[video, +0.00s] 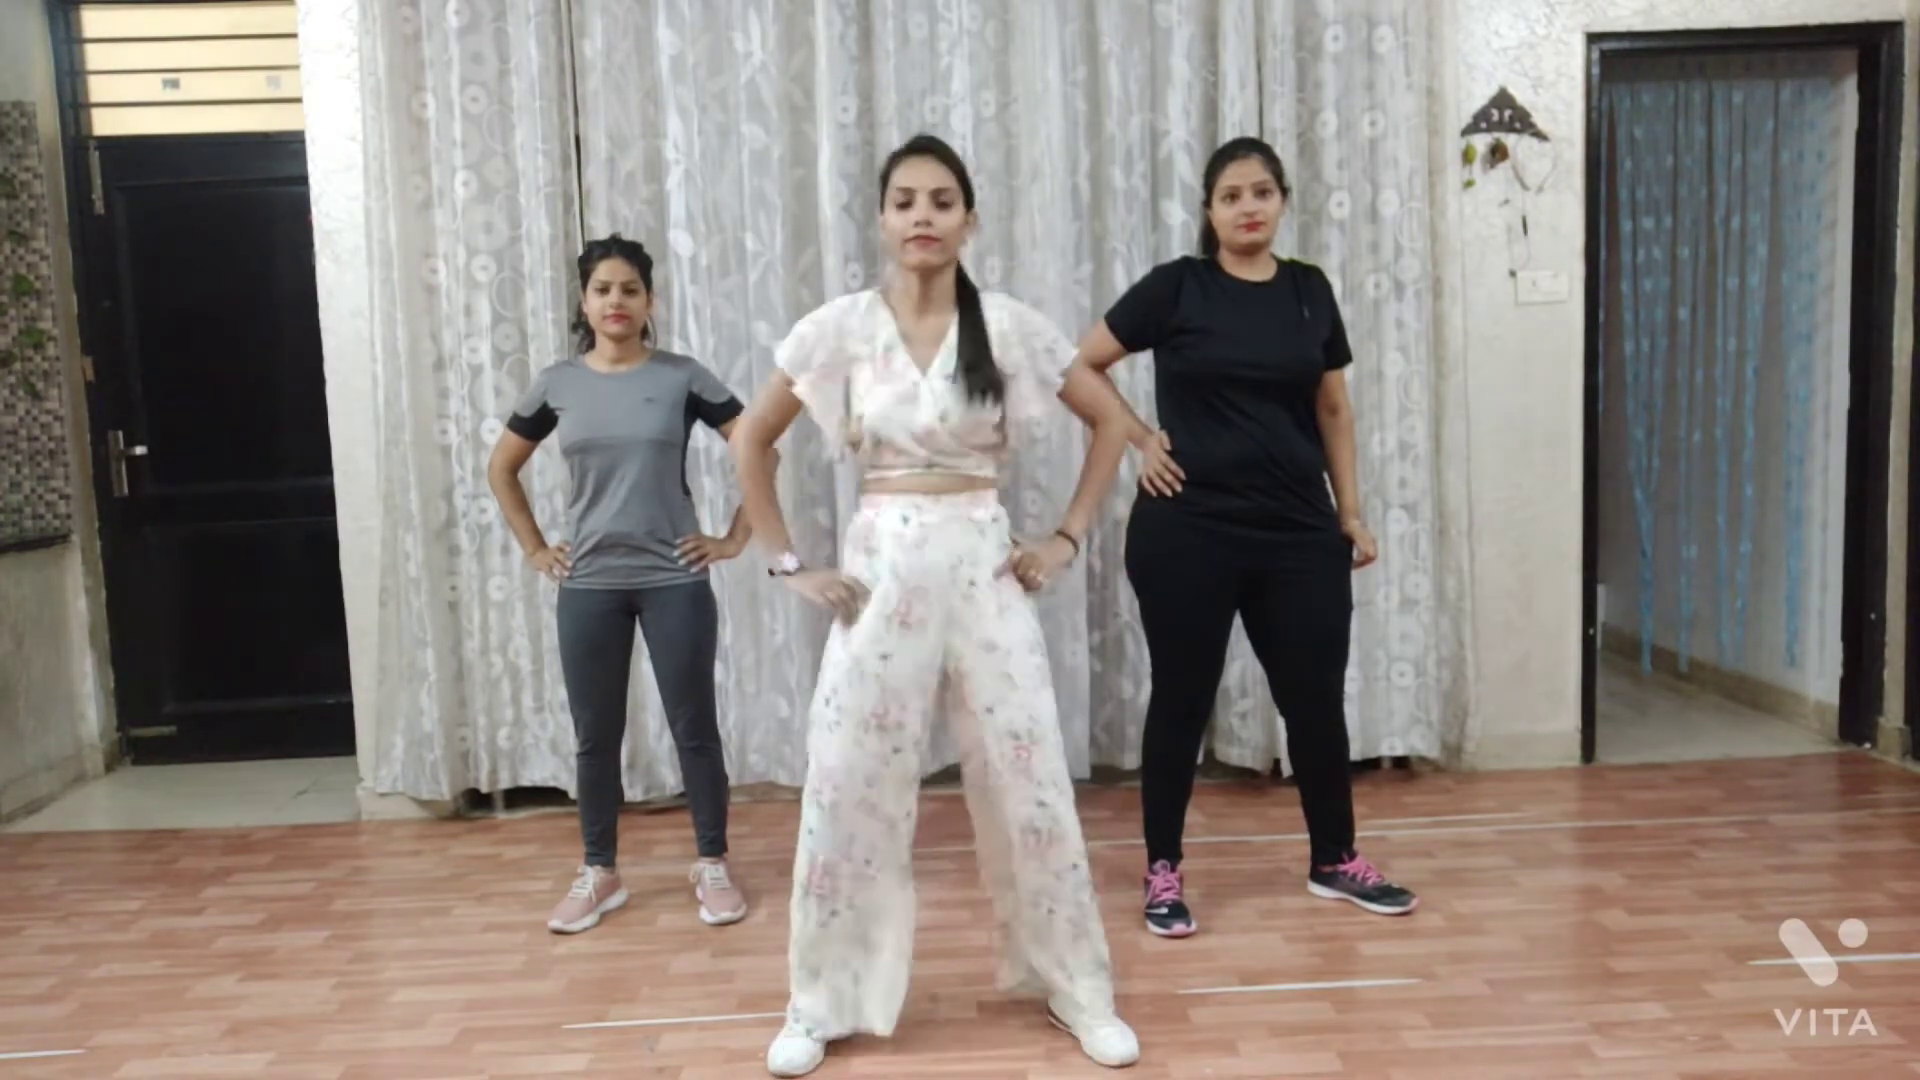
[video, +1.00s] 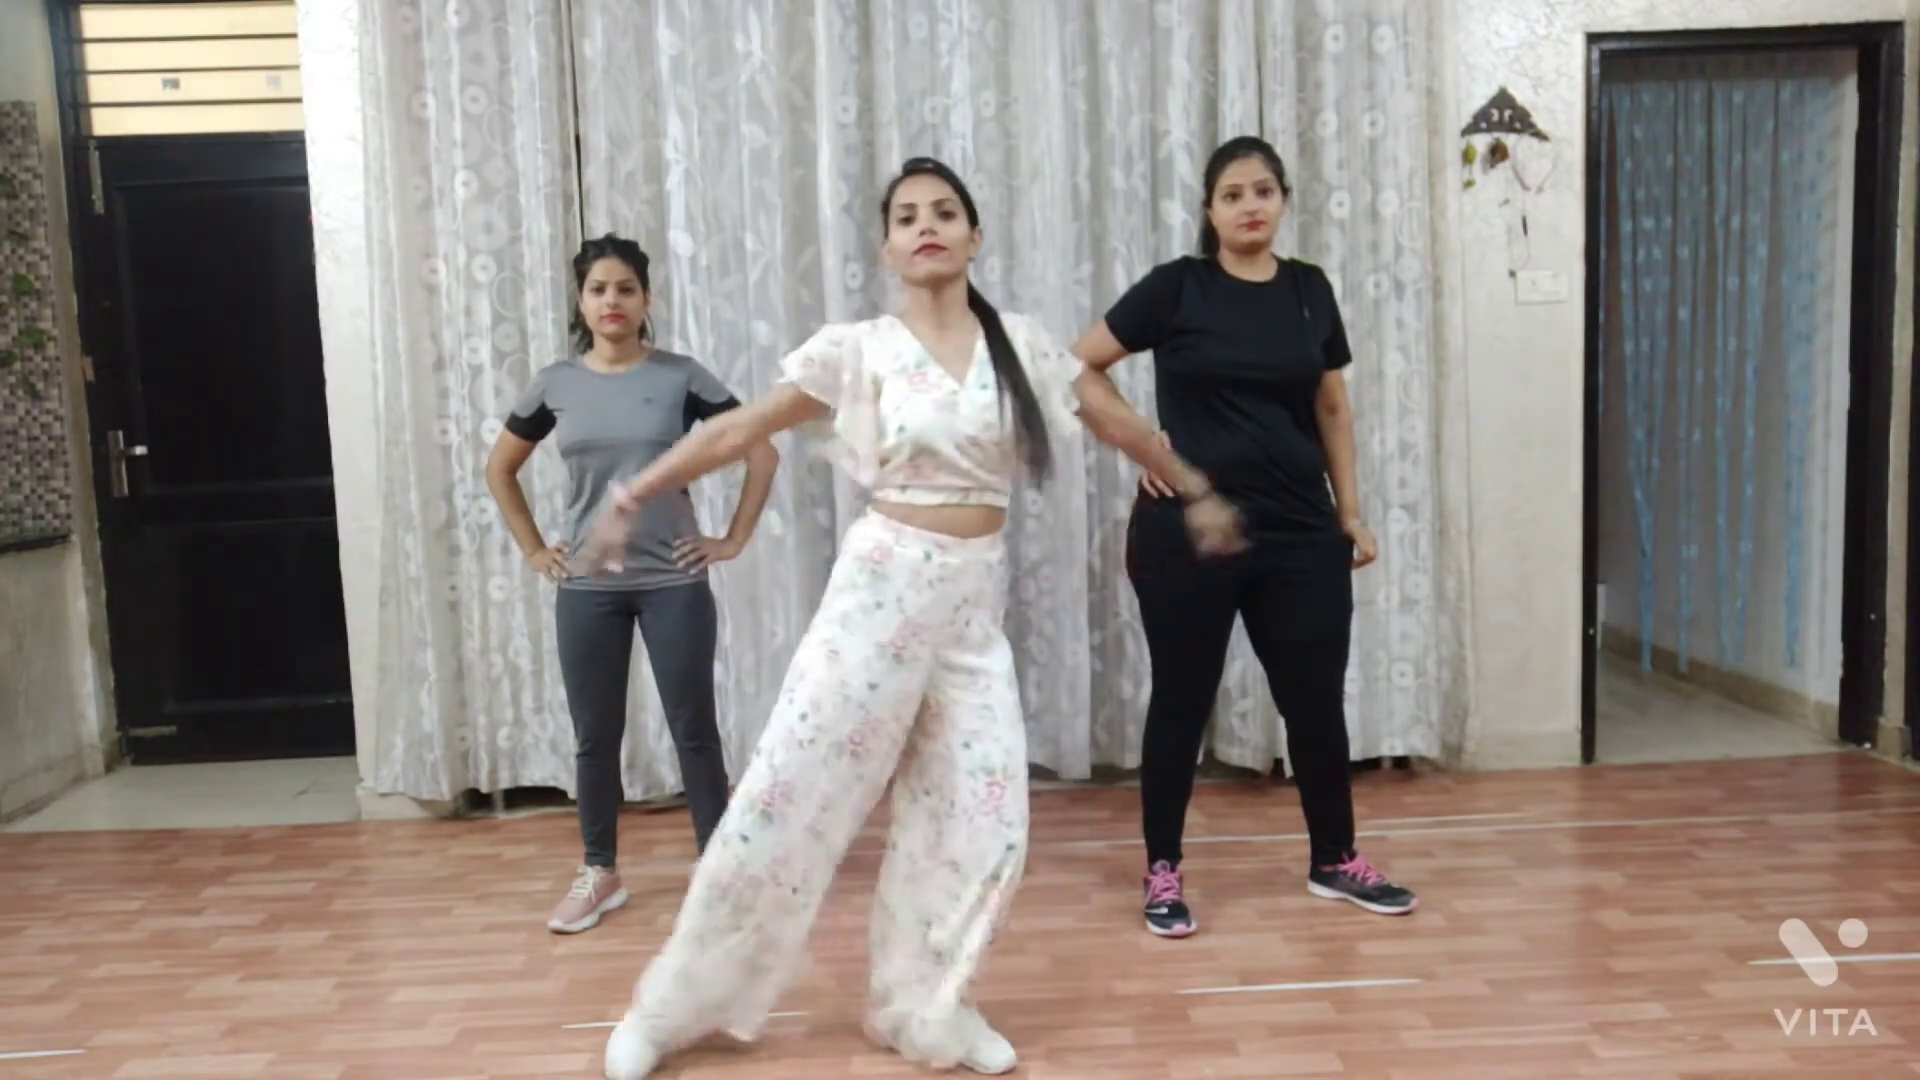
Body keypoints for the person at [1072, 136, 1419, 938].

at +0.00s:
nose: (1249, 208)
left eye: (1263, 193)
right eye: (1233, 196)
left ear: (1283, 203)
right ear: (1209, 208)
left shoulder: (1309, 291)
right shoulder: (1174, 290)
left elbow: (1335, 411)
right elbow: (1077, 371)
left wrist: (1349, 513)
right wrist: (1140, 436)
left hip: (1297, 530)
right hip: (1188, 528)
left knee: (1317, 700)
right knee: (1180, 703)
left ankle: (1335, 861)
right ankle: (1164, 870)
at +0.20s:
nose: (1249, 207)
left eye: (1263, 193)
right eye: (1233, 195)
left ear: (1283, 203)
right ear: (1209, 207)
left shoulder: (1309, 291)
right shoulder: (1174, 289)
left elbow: (1335, 411)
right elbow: (1077, 366)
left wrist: (1349, 513)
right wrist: (1140, 436)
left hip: (1296, 530)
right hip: (1188, 527)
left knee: (1317, 700)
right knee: (1180, 703)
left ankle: (1335, 861)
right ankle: (1164, 871)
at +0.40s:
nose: (1249, 207)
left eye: (1262, 193)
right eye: (1233, 195)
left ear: (1283, 203)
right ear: (1209, 207)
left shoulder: (1308, 290)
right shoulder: (1175, 288)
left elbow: (1334, 409)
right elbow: (1082, 363)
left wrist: (1349, 512)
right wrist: (1142, 438)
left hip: (1296, 529)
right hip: (1188, 527)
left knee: (1317, 698)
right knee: (1181, 699)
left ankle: (1336, 861)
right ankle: (1163, 871)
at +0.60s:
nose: (1249, 207)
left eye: (1262, 193)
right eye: (1233, 195)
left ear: (1283, 203)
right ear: (1209, 208)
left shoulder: (1308, 290)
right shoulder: (1175, 288)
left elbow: (1334, 410)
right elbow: (1081, 363)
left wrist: (1349, 513)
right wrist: (1142, 438)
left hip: (1296, 529)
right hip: (1188, 526)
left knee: (1317, 699)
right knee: (1180, 701)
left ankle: (1336, 861)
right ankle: (1163, 870)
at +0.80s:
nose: (1249, 207)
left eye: (1262, 193)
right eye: (1233, 195)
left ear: (1283, 203)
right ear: (1209, 207)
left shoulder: (1308, 290)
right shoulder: (1175, 288)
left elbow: (1334, 410)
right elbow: (1081, 363)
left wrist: (1349, 513)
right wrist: (1142, 438)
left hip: (1296, 529)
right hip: (1189, 526)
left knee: (1317, 699)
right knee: (1181, 699)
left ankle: (1336, 861)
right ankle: (1163, 871)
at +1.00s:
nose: (1251, 206)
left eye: (1264, 192)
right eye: (1234, 194)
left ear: (1283, 203)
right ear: (1209, 207)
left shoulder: (1309, 290)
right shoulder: (1175, 289)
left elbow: (1334, 409)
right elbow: (1078, 369)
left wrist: (1349, 514)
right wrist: (1142, 443)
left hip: (1297, 528)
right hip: (1188, 526)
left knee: (1317, 701)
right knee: (1181, 701)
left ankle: (1336, 861)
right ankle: (1164, 871)